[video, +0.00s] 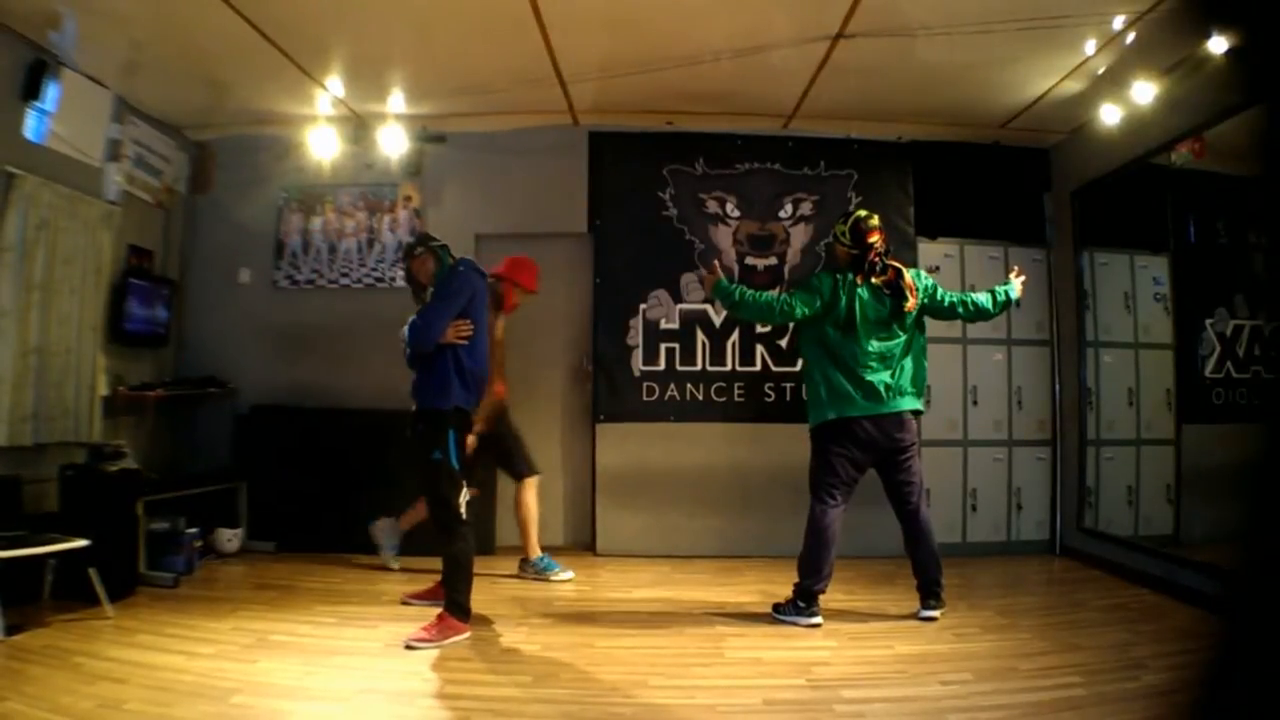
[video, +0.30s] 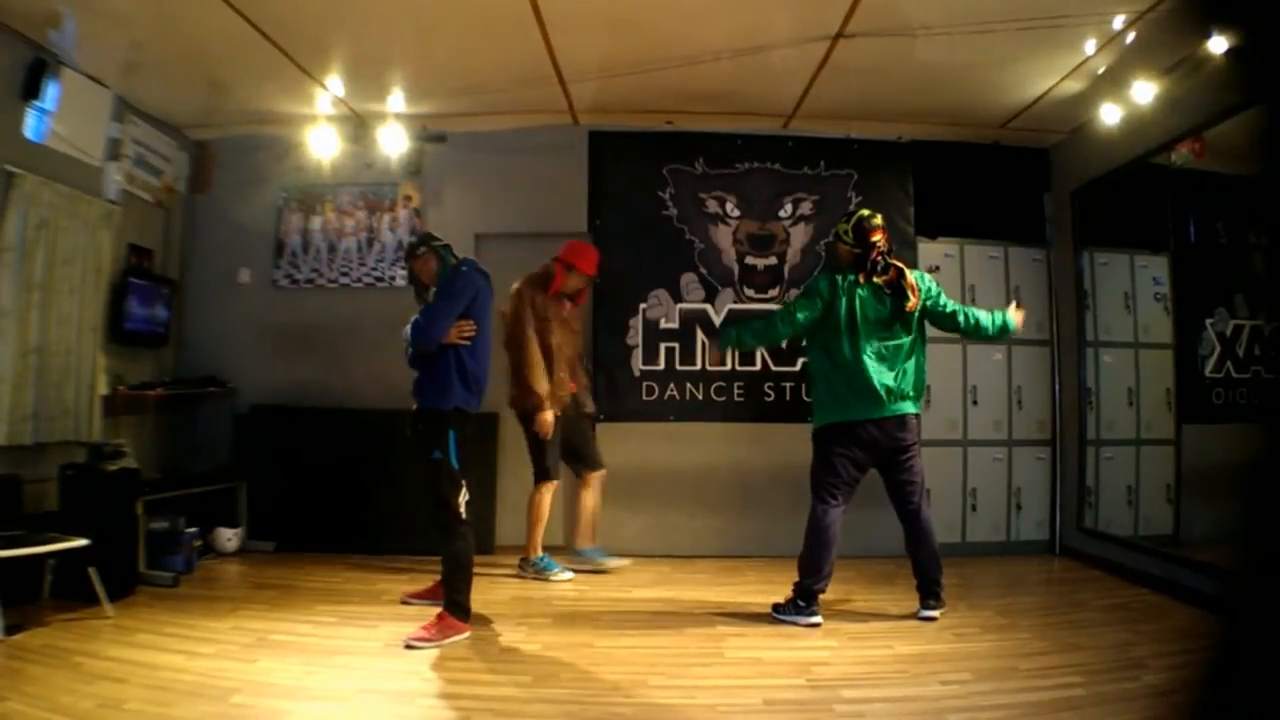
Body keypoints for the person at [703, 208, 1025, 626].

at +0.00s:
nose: (832, 251)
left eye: (837, 245)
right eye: (836, 245)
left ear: (847, 249)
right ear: (879, 248)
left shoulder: (826, 287)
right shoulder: (908, 283)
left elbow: (778, 307)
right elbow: (962, 305)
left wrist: (722, 290)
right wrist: (1009, 291)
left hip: (841, 419)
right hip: (898, 418)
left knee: (827, 504)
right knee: (913, 507)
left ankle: (807, 601)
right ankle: (932, 597)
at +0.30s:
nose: (833, 248)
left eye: (839, 244)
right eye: (837, 242)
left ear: (853, 250)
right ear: (881, 248)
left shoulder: (829, 285)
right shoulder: (913, 283)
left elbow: (785, 324)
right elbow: (957, 319)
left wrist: (727, 332)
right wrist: (1006, 321)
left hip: (844, 419)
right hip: (898, 418)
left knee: (828, 504)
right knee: (915, 507)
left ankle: (806, 601)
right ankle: (931, 597)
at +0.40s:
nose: (835, 248)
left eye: (841, 243)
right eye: (838, 241)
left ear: (854, 248)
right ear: (884, 246)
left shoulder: (830, 285)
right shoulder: (914, 284)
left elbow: (797, 344)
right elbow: (948, 333)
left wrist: (756, 387)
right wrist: (987, 360)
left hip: (844, 418)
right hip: (899, 418)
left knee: (829, 504)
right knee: (915, 507)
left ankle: (806, 600)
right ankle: (931, 597)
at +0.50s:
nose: (835, 246)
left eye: (842, 240)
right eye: (838, 238)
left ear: (858, 247)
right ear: (882, 245)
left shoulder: (830, 288)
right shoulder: (916, 286)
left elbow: (819, 354)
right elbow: (932, 349)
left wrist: (816, 408)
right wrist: (938, 397)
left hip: (848, 417)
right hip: (901, 418)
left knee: (829, 504)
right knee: (915, 507)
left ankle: (806, 599)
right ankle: (931, 597)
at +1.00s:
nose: (842, 243)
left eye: (848, 236)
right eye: (846, 235)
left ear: (863, 245)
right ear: (887, 246)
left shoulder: (837, 285)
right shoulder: (918, 285)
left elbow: (807, 341)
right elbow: (924, 349)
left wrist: (843, 349)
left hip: (847, 416)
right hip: (903, 417)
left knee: (830, 505)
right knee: (916, 507)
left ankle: (806, 600)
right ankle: (932, 598)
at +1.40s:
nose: (862, 249)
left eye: (868, 243)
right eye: (866, 241)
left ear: (882, 249)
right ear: (905, 249)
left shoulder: (854, 285)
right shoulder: (932, 294)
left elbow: (819, 335)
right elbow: (942, 358)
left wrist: (785, 370)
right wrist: (916, 379)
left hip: (855, 412)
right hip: (909, 416)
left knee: (832, 506)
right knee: (918, 506)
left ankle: (806, 599)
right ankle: (932, 597)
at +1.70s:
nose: (868, 253)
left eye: (874, 247)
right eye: (872, 246)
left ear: (889, 253)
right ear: (911, 255)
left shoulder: (865, 287)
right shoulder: (941, 298)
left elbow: (837, 339)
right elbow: (958, 365)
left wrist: (810, 387)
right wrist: (954, 423)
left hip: (859, 421)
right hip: (913, 425)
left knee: (834, 507)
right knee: (920, 507)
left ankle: (808, 598)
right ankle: (932, 597)